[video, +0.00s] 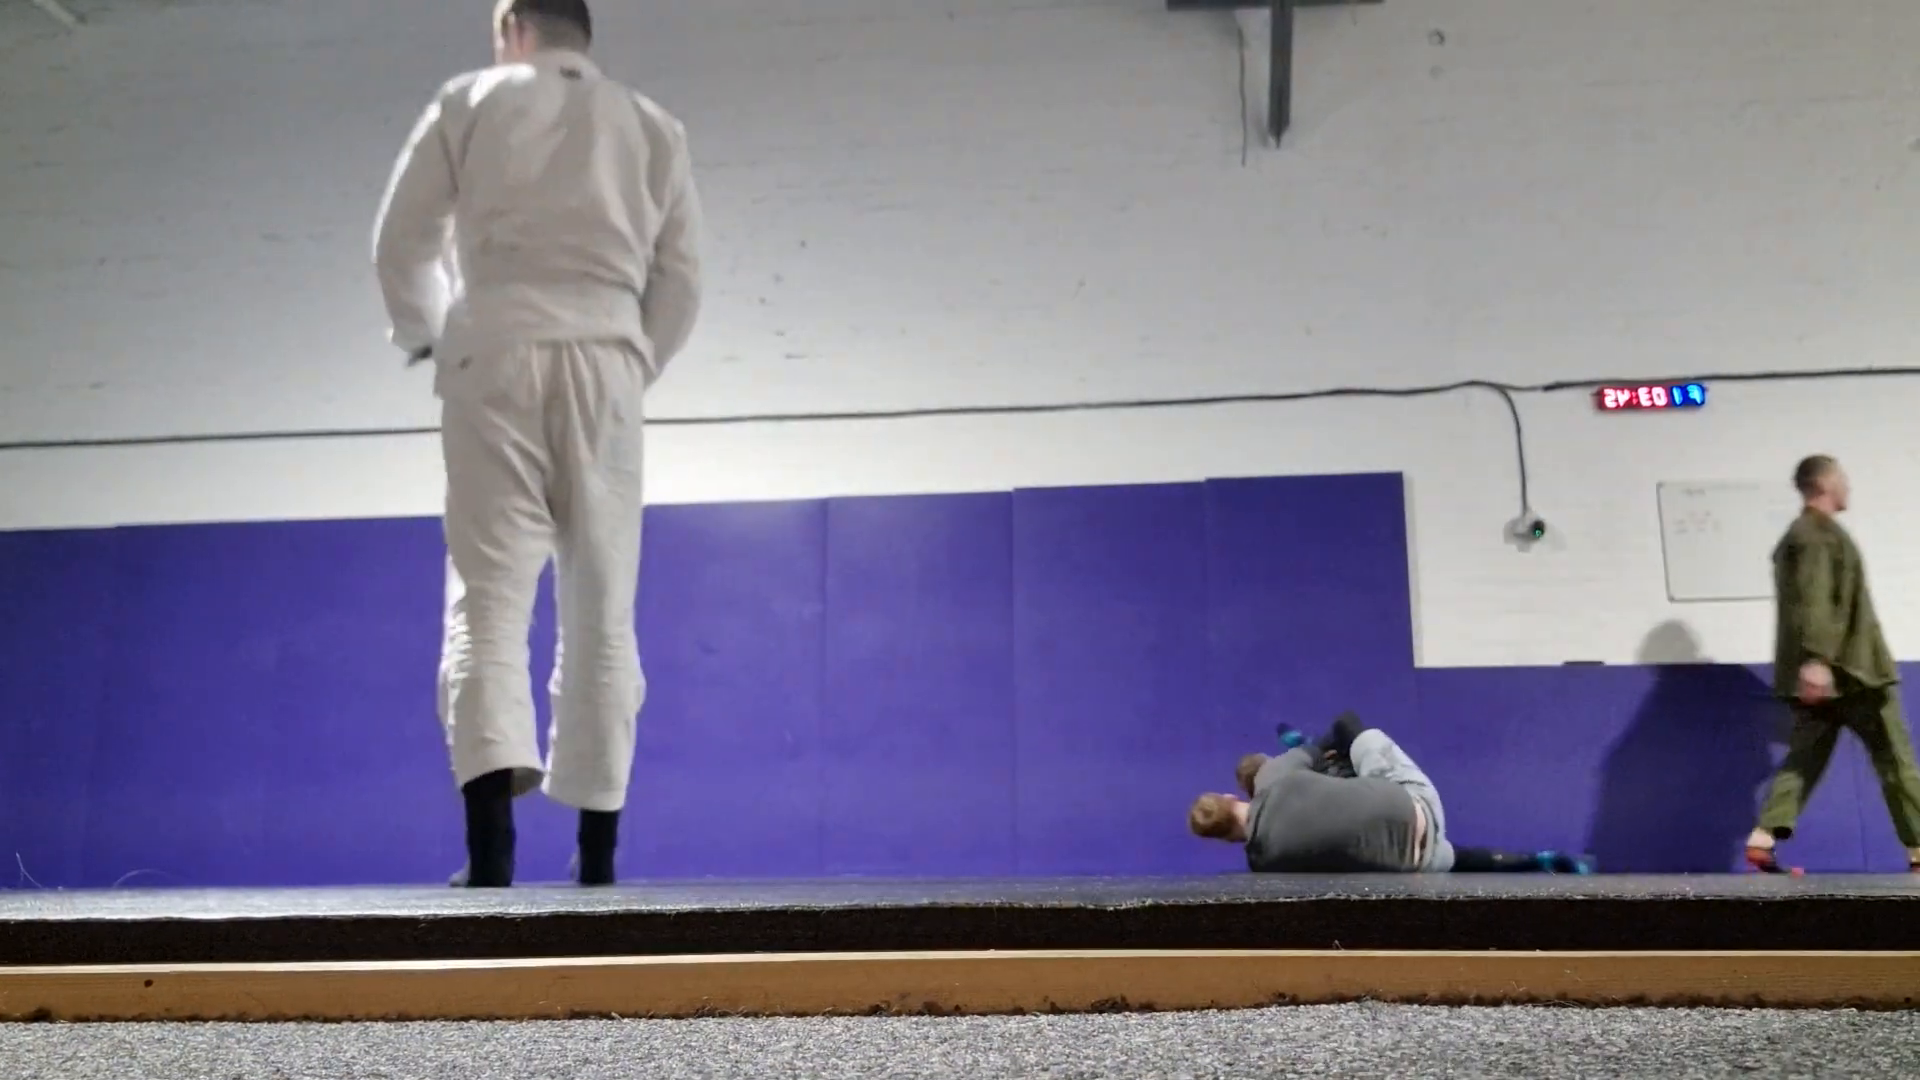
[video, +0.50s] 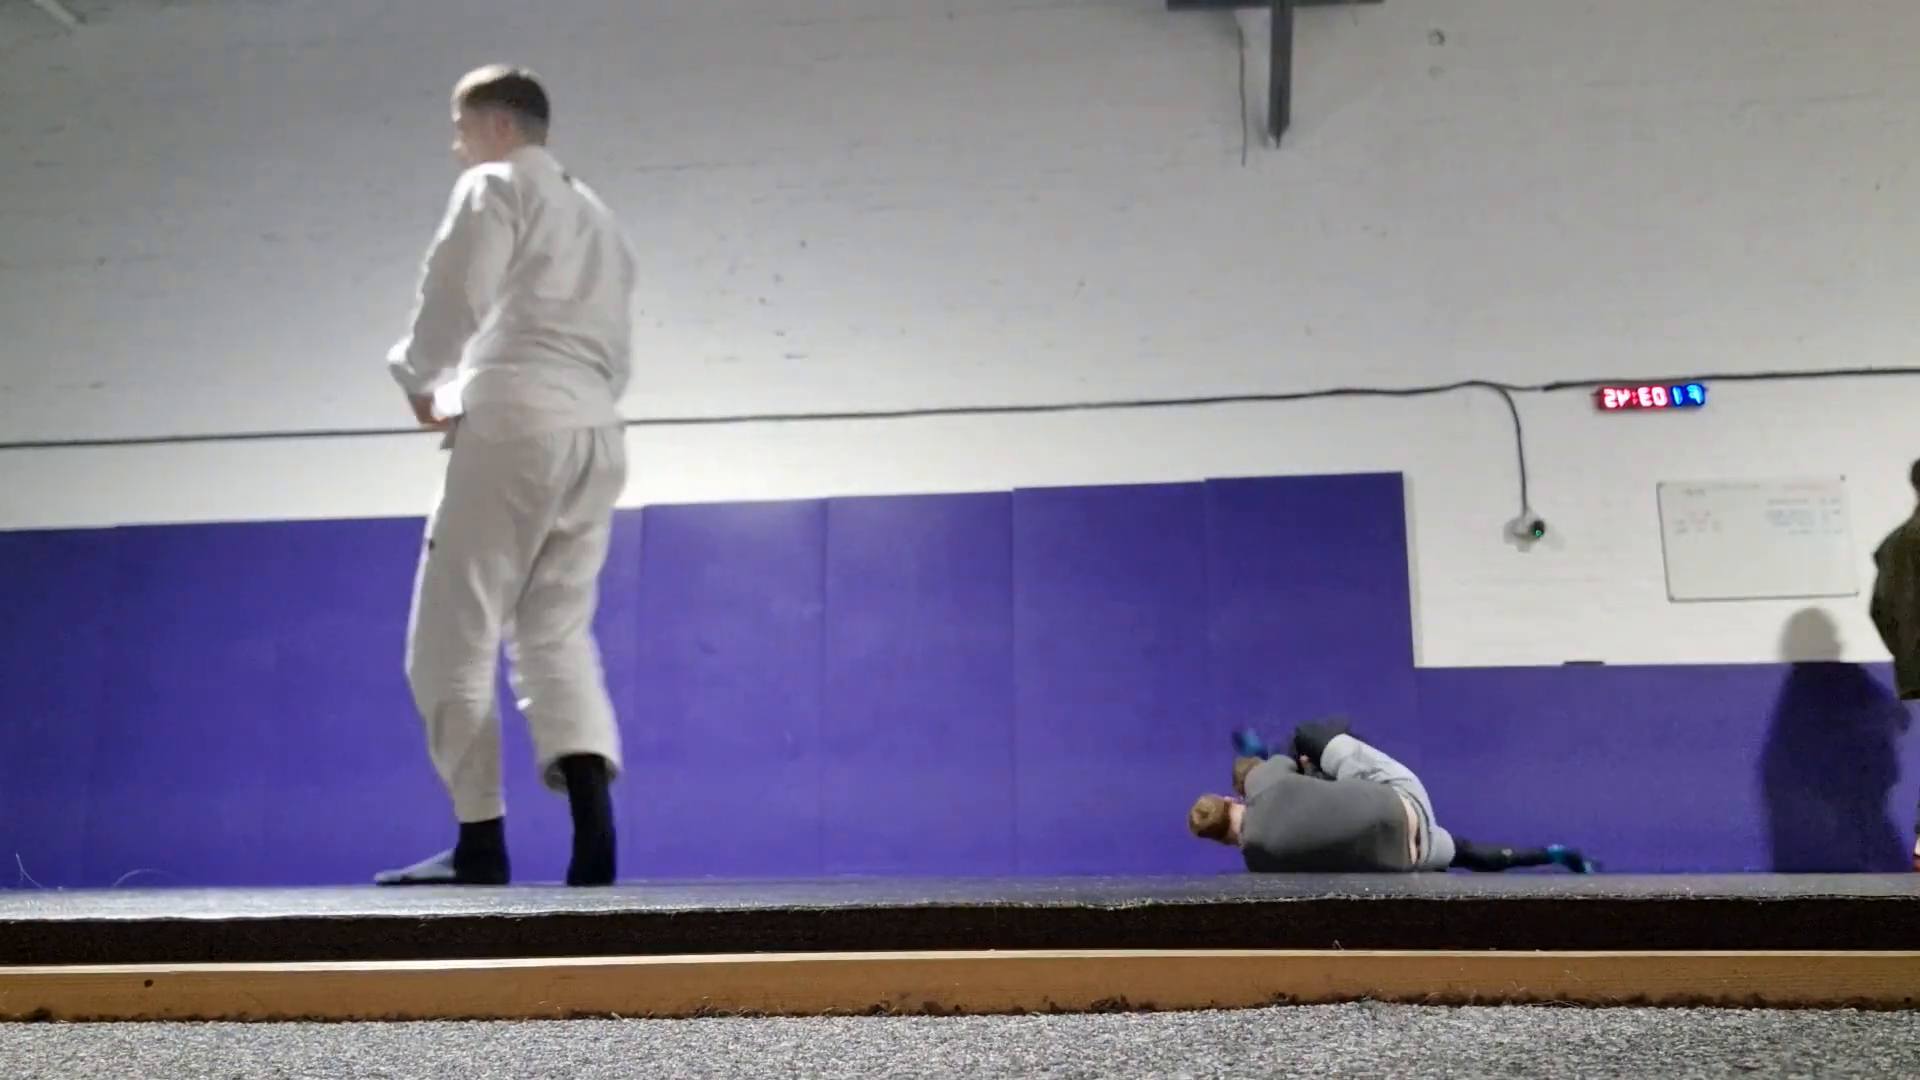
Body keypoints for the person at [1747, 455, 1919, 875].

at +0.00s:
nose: (1847, 484)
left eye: (1843, 476)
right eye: (1840, 477)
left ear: (1812, 487)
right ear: (1822, 485)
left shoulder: (1803, 535)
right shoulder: (1818, 535)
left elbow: (1809, 606)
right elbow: (1815, 602)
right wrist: (1816, 659)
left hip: (1819, 674)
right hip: (1855, 670)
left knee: (1804, 760)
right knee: (1897, 762)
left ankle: (1761, 841)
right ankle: (1916, 849)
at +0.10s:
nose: (1873, 482)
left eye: (1870, 474)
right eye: (1867, 474)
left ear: (1834, 482)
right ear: (1848, 480)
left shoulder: (1815, 535)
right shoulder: (1850, 531)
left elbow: (1823, 607)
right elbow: (1856, 596)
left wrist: (1838, 660)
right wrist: (1868, 652)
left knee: (1850, 749)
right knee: (1908, 758)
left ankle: (1799, 819)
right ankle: (1917, 851)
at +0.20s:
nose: (1897, 481)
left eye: (1894, 473)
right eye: (1893, 473)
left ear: (1856, 479)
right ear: (1876, 477)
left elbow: (1840, 608)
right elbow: (1897, 594)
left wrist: (1857, 651)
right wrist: (1919, 638)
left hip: (1858, 665)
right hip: (1894, 662)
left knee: (1886, 741)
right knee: (1909, 752)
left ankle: (1852, 816)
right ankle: (1917, 848)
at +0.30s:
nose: (1918, 482)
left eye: (1915, 473)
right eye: (1914, 473)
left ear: (1878, 480)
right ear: (1900, 478)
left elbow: (1849, 605)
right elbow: (1916, 577)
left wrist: (1870, 648)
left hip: (1878, 666)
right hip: (1909, 663)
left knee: (1914, 746)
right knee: (1915, 747)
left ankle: (1913, 834)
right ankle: (1913, 834)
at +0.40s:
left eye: (1919, 479)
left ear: (1897, 482)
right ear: (1914, 481)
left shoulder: (1875, 536)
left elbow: (1863, 604)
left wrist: (1884, 651)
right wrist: (1893, 654)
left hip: (1899, 666)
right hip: (1915, 666)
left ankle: (1919, 846)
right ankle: (1918, 846)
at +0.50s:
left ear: (1914, 484)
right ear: (1914, 484)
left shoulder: (1897, 543)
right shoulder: (1897, 544)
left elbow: (1881, 609)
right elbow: (1881, 609)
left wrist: (1905, 655)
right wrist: (1905, 656)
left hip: (1910, 679)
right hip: (1912, 678)